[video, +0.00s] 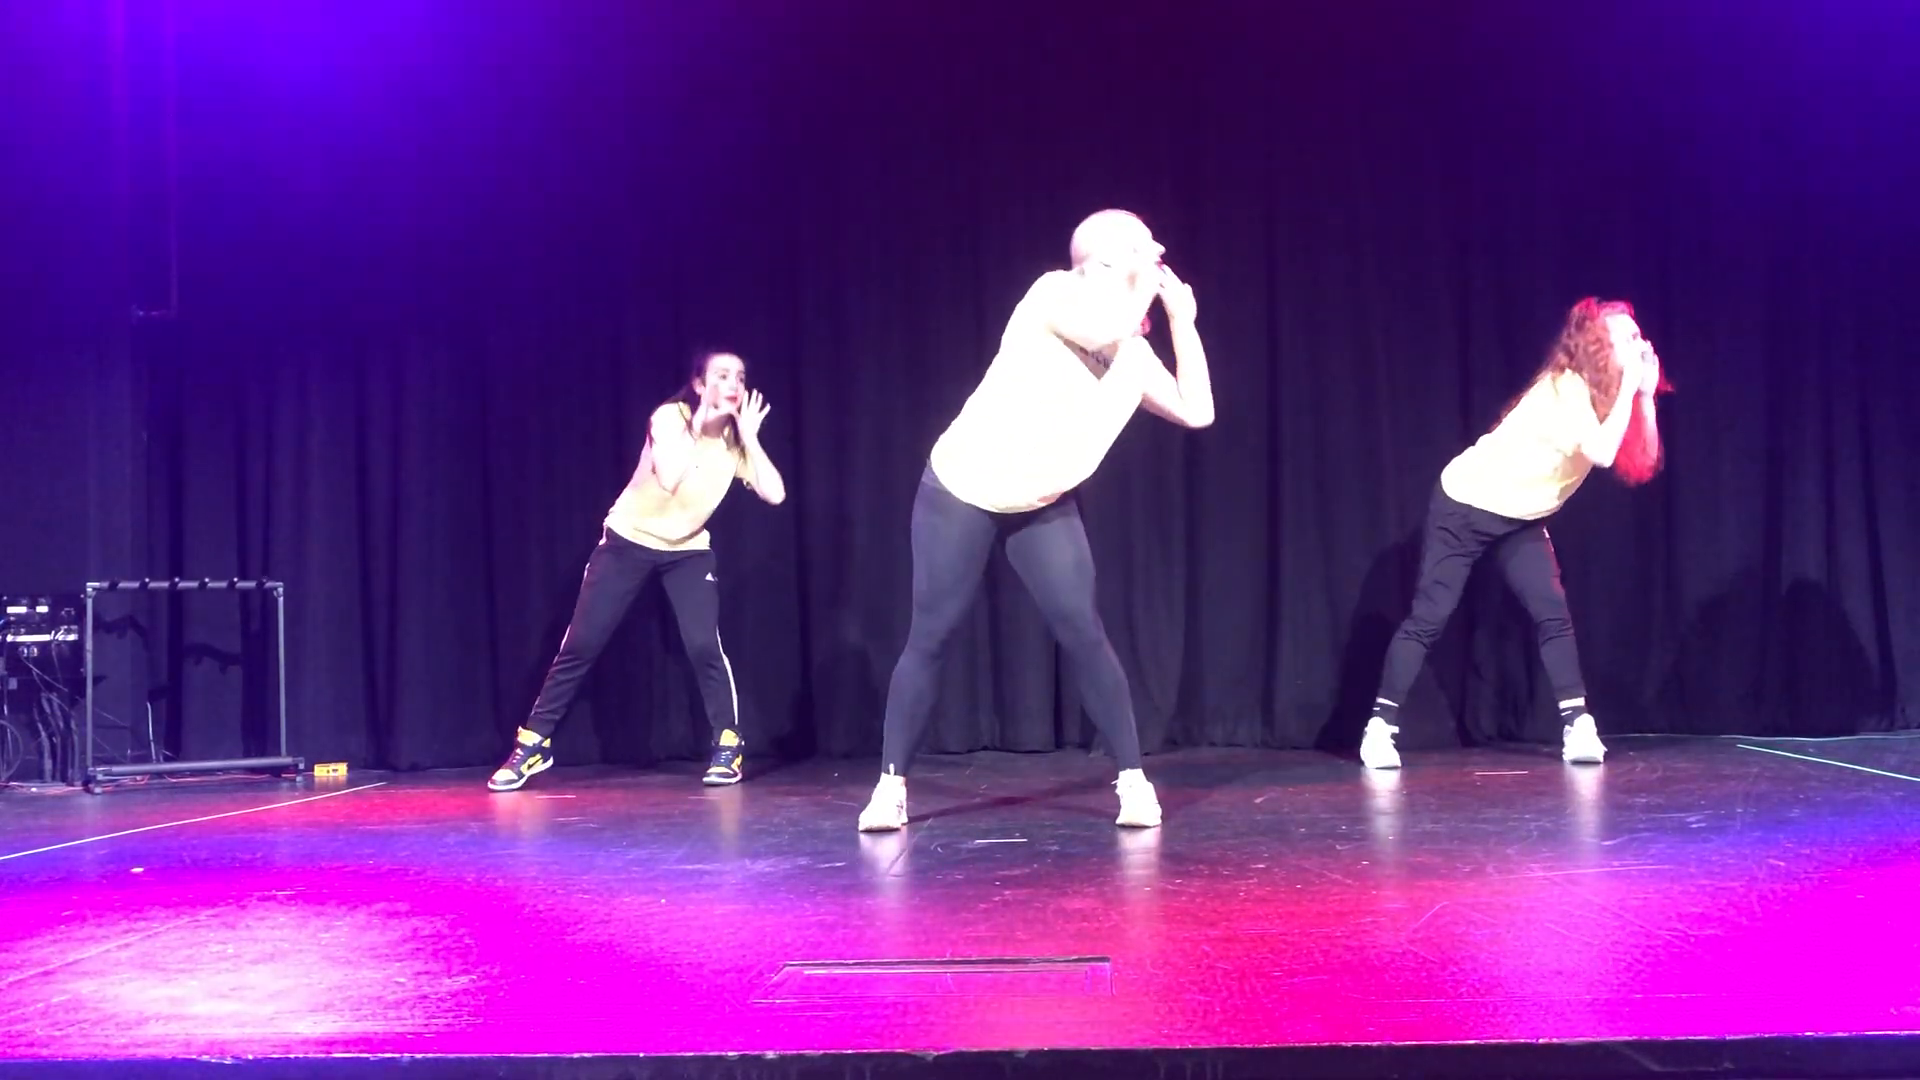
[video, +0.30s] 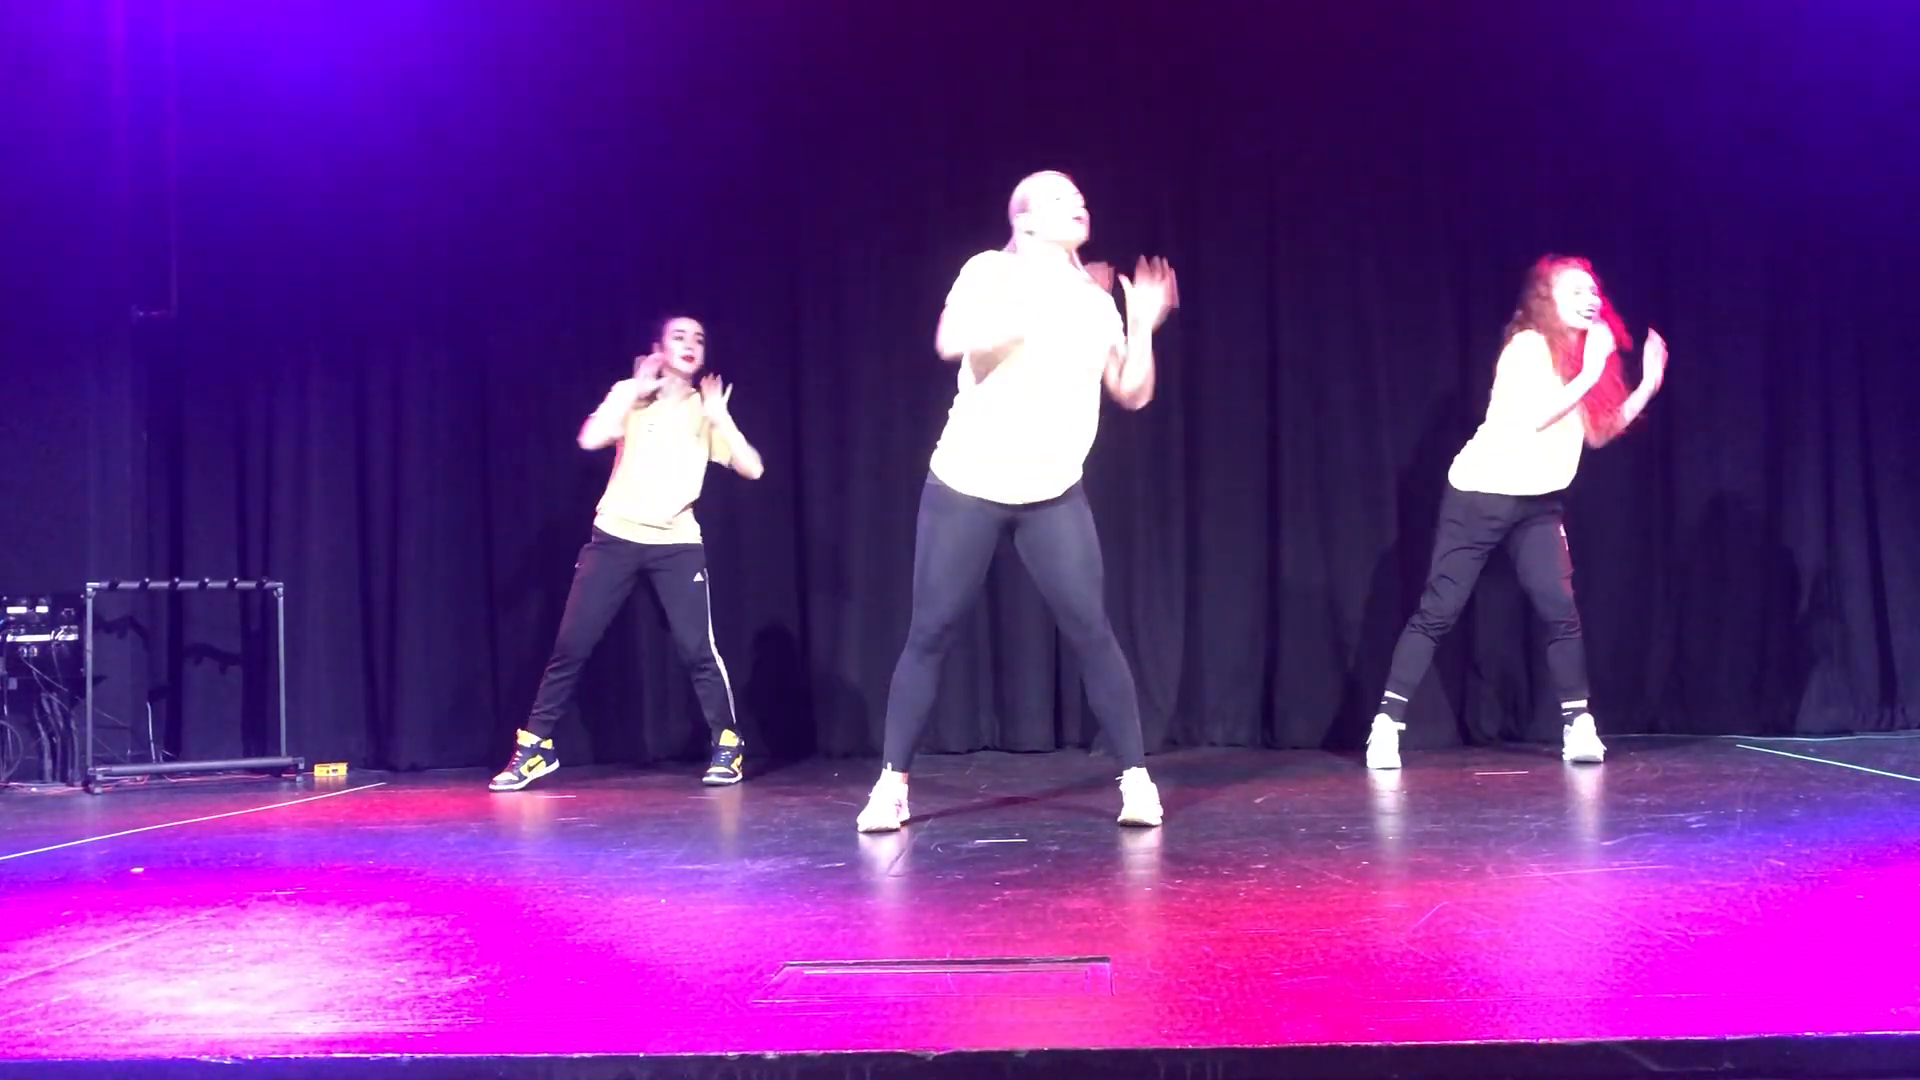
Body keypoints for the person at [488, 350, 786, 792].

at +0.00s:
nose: (730, 386)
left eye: (737, 379)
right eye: (721, 377)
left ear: (745, 391)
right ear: (699, 384)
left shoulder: (738, 440)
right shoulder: (671, 417)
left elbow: (775, 494)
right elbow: (668, 476)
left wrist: (750, 438)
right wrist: (705, 427)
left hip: (689, 550)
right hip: (627, 542)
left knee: (703, 647)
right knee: (579, 646)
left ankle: (728, 747)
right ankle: (532, 746)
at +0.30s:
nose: (689, 346)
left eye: (697, 341)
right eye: (679, 337)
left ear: (705, 357)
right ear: (656, 349)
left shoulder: (707, 410)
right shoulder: (628, 393)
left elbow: (753, 469)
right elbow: (590, 439)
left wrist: (720, 416)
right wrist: (634, 394)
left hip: (676, 541)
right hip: (615, 536)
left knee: (698, 650)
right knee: (571, 645)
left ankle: (728, 745)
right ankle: (534, 748)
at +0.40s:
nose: (667, 347)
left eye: (675, 341)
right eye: (658, 338)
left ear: (683, 355)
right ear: (636, 350)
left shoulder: (694, 413)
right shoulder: (610, 396)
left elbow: (734, 476)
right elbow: (555, 452)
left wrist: (707, 466)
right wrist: (591, 412)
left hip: (666, 545)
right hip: (603, 541)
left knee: (690, 651)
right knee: (559, 645)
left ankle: (727, 745)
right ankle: (532, 750)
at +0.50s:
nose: (640, 367)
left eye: (649, 360)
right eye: (631, 358)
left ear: (659, 373)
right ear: (612, 368)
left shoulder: (673, 429)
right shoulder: (587, 420)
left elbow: (703, 496)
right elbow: (551, 477)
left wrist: (686, 542)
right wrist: (528, 499)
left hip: (652, 560)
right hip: (591, 557)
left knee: (674, 658)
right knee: (544, 654)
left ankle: (723, 745)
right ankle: (532, 757)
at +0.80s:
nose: (626, 338)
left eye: (635, 331)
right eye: (617, 331)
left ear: (650, 345)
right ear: (603, 344)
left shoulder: (665, 405)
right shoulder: (584, 395)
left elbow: (674, 476)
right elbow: (553, 440)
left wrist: (668, 528)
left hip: (650, 537)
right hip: (589, 535)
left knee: (690, 639)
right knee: (555, 642)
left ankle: (714, 749)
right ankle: (533, 751)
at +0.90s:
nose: (618, 333)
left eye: (628, 326)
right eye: (611, 326)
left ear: (645, 340)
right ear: (601, 338)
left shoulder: (664, 400)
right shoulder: (583, 385)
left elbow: (674, 472)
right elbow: (571, 338)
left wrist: (675, 533)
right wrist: (552, 290)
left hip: (652, 535)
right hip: (592, 534)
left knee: (683, 644)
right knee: (564, 645)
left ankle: (715, 747)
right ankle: (546, 750)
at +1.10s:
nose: (612, 345)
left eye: (623, 338)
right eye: (606, 337)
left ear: (642, 347)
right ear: (598, 347)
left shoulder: (654, 407)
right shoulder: (592, 391)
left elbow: (654, 479)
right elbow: (564, 341)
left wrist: (651, 542)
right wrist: (533, 301)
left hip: (634, 542)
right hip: (578, 541)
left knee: (676, 647)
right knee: (559, 650)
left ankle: (724, 740)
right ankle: (553, 753)